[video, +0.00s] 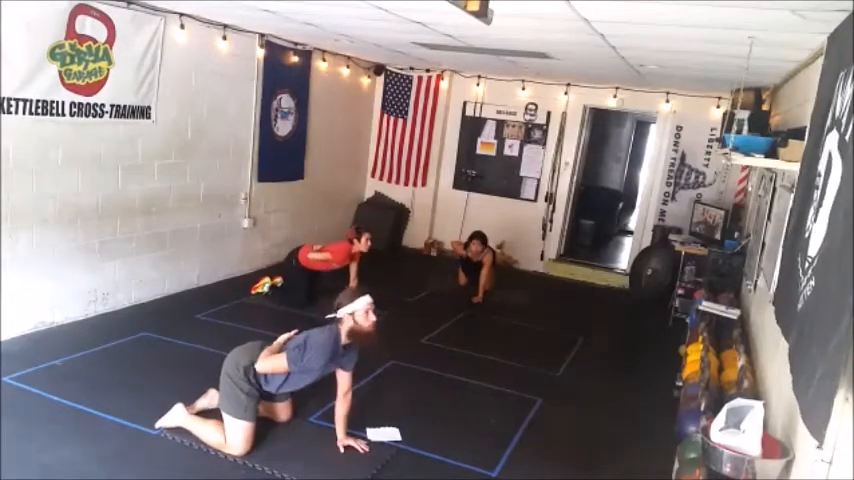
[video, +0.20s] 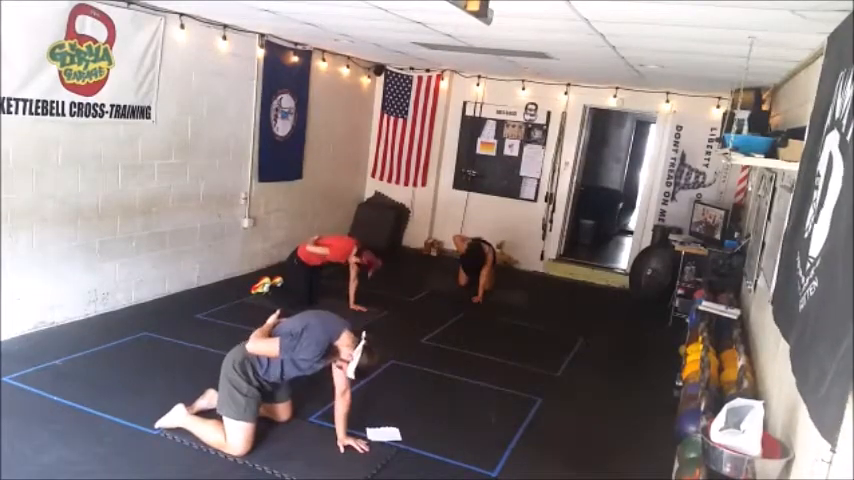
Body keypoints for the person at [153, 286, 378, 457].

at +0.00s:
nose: (373, 317)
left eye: (373, 312)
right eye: (368, 313)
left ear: (356, 319)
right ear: (347, 317)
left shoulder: (348, 349)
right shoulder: (319, 344)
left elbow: (344, 393)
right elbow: (261, 366)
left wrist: (342, 436)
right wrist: (280, 342)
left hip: (270, 363)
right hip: (243, 368)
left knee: (281, 411)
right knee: (237, 446)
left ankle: (216, 400)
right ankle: (182, 417)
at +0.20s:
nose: (346, 366)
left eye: (349, 364)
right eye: (349, 362)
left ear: (354, 347)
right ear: (354, 353)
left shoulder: (344, 339)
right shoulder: (311, 343)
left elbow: (342, 392)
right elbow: (252, 345)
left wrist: (343, 435)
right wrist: (268, 325)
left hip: (273, 368)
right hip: (244, 367)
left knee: (282, 412)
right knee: (236, 446)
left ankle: (217, 400)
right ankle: (182, 418)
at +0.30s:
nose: (346, 367)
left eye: (349, 366)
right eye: (349, 363)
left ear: (355, 352)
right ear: (352, 355)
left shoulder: (345, 341)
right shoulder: (311, 345)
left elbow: (343, 392)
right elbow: (252, 345)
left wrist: (343, 435)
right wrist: (269, 324)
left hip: (274, 369)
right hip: (244, 367)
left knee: (281, 413)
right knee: (236, 446)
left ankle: (217, 400)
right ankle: (182, 418)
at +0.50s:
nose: (370, 322)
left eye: (369, 317)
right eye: (364, 319)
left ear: (350, 322)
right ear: (343, 322)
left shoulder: (346, 350)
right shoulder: (315, 350)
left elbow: (344, 394)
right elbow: (253, 368)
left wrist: (342, 436)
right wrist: (276, 342)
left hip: (266, 362)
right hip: (240, 368)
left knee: (281, 411)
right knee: (237, 446)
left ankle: (220, 396)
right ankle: (181, 416)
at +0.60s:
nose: (375, 326)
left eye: (375, 320)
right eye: (369, 321)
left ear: (354, 323)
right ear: (349, 322)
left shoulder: (347, 351)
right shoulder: (316, 346)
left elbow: (344, 394)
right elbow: (255, 366)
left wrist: (343, 436)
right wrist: (279, 341)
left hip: (269, 363)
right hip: (242, 368)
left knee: (281, 411)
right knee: (237, 446)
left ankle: (220, 396)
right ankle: (181, 416)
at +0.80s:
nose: (349, 365)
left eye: (354, 363)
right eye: (352, 361)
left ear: (356, 347)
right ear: (353, 346)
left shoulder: (343, 337)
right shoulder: (313, 347)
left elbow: (343, 391)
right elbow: (255, 344)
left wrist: (342, 435)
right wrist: (267, 324)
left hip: (271, 367)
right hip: (243, 367)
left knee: (281, 413)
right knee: (236, 446)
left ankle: (219, 397)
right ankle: (182, 417)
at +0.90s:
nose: (345, 364)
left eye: (349, 363)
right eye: (347, 361)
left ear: (351, 347)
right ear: (348, 350)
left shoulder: (340, 339)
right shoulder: (308, 345)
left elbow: (342, 390)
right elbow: (251, 345)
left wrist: (342, 435)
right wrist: (264, 324)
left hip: (271, 368)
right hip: (241, 367)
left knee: (280, 412)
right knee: (236, 445)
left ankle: (220, 397)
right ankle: (182, 416)